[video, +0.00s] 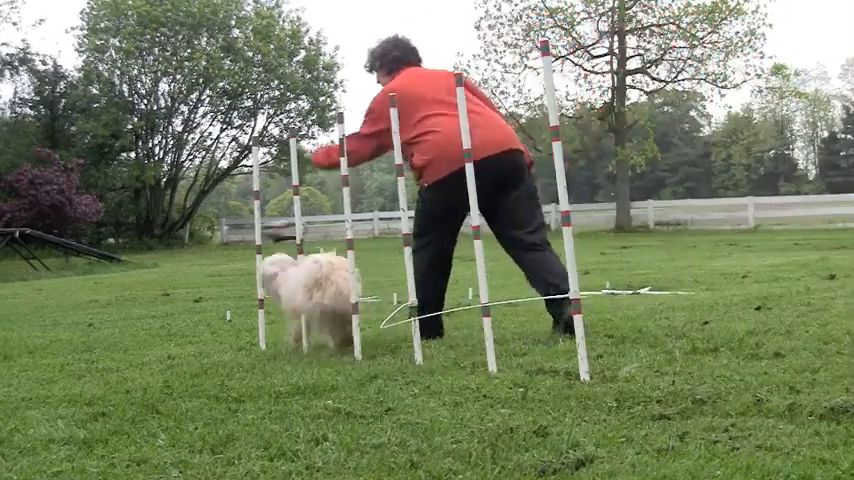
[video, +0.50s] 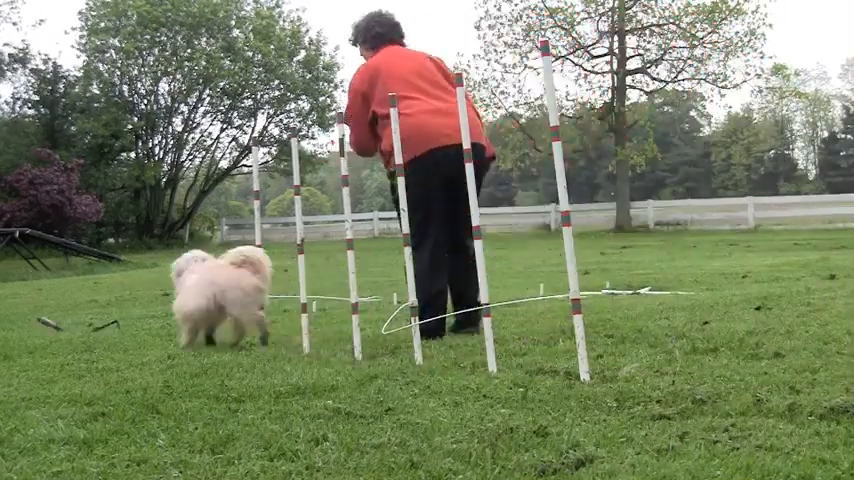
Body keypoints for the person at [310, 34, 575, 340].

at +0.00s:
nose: (379, 83)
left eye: (378, 76)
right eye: (377, 77)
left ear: (388, 68)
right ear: (414, 61)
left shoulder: (389, 96)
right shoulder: (454, 76)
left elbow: (361, 145)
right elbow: (493, 111)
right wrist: (520, 153)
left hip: (446, 166)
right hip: (503, 152)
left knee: (431, 247)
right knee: (529, 239)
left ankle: (429, 326)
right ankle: (566, 309)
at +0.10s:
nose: (368, 83)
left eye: (367, 78)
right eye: (366, 78)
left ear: (374, 71)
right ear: (402, 62)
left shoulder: (377, 93)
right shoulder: (440, 76)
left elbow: (358, 148)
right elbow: (474, 105)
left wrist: (322, 145)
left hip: (437, 160)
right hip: (493, 147)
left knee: (427, 245)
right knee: (514, 232)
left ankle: (429, 325)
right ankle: (555, 292)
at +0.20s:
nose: (360, 81)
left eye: (360, 74)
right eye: (359, 75)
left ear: (369, 67)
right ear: (396, 57)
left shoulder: (371, 89)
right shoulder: (432, 72)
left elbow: (359, 153)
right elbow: (470, 104)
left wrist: (331, 150)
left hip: (432, 154)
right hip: (486, 141)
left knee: (427, 243)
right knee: (501, 231)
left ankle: (429, 323)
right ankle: (545, 289)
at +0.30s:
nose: (359, 74)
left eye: (359, 68)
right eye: (357, 69)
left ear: (368, 59)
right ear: (394, 52)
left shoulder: (368, 82)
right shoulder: (430, 67)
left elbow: (361, 153)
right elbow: (460, 101)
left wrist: (342, 150)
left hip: (429, 152)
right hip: (481, 141)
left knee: (427, 241)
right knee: (486, 230)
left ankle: (430, 324)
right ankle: (525, 289)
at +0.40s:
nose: (362, 66)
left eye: (361, 60)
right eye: (360, 61)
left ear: (366, 53)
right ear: (396, 44)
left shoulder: (366, 79)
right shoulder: (429, 62)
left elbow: (362, 149)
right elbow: (465, 101)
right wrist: (486, 146)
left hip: (426, 151)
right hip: (476, 142)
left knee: (428, 241)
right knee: (471, 230)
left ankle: (431, 325)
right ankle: (499, 302)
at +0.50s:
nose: (361, 55)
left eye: (361, 49)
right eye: (360, 49)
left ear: (369, 44)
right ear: (398, 39)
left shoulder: (366, 73)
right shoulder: (431, 60)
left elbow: (363, 146)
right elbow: (464, 101)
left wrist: (378, 124)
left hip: (423, 153)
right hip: (474, 147)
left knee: (427, 238)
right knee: (461, 234)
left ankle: (431, 326)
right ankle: (468, 317)